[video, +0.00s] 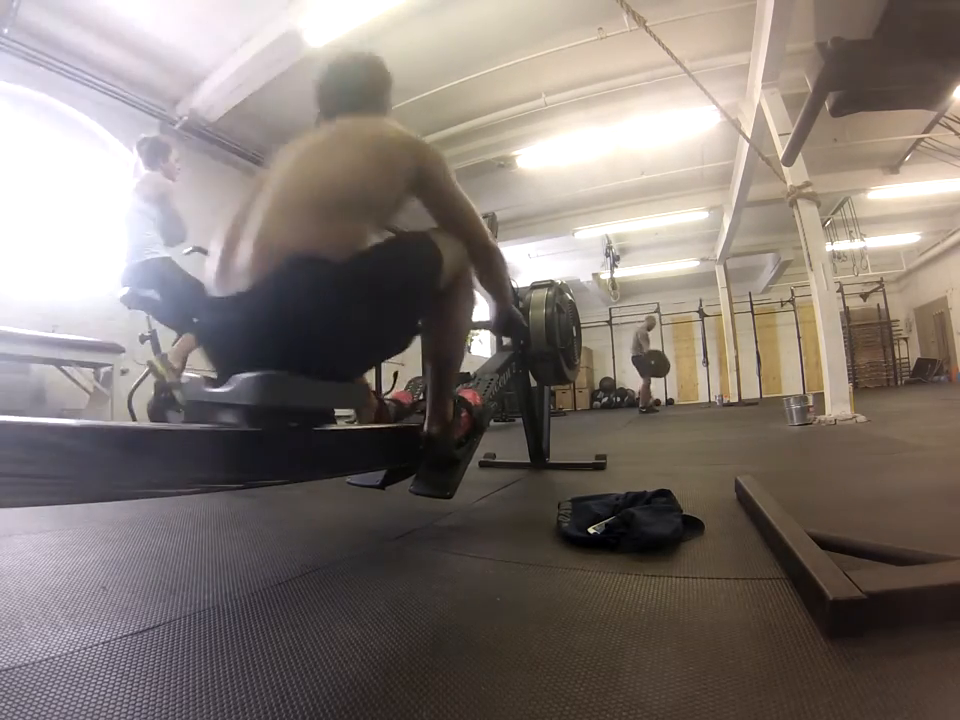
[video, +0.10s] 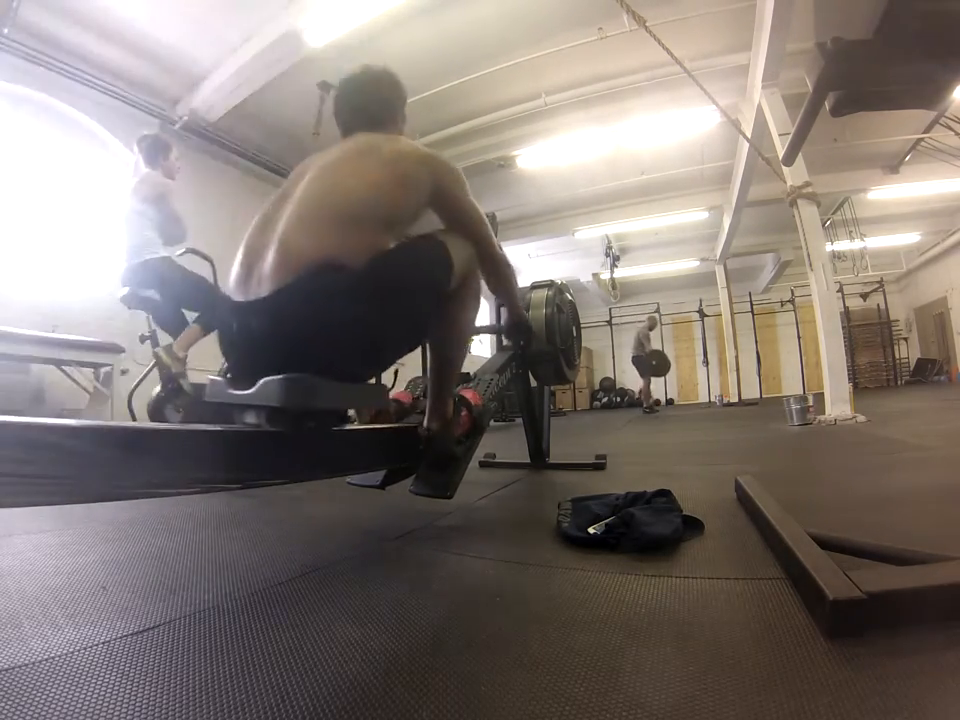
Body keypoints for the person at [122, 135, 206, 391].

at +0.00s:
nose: (178, 166)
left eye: (178, 160)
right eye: (174, 160)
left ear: (148, 160)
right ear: (161, 161)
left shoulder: (138, 185)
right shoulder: (160, 183)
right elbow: (177, 235)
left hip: (132, 270)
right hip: (154, 263)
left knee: (187, 325)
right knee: (209, 307)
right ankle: (175, 357)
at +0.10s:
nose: (178, 165)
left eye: (177, 158)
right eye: (174, 159)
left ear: (151, 159)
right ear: (161, 159)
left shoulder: (138, 184)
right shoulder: (158, 183)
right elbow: (176, 234)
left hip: (132, 270)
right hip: (154, 265)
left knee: (182, 332)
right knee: (220, 304)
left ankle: (178, 390)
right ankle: (177, 350)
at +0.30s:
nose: (182, 163)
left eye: (181, 156)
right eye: (178, 156)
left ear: (157, 157)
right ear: (163, 156)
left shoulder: (139, 182)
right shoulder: (158, 183)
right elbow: (177, 235)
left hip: (132, 270)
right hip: (153, 266)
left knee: (176, 337)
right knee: (222, 283)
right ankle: (189, 342)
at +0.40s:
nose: (183, 161)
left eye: (182, 155)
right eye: (180, 155)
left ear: (163, 157)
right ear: (165, 156)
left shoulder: (143, 181)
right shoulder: (156, 183)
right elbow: (175, 236)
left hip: (134, 267)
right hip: (151, 265)